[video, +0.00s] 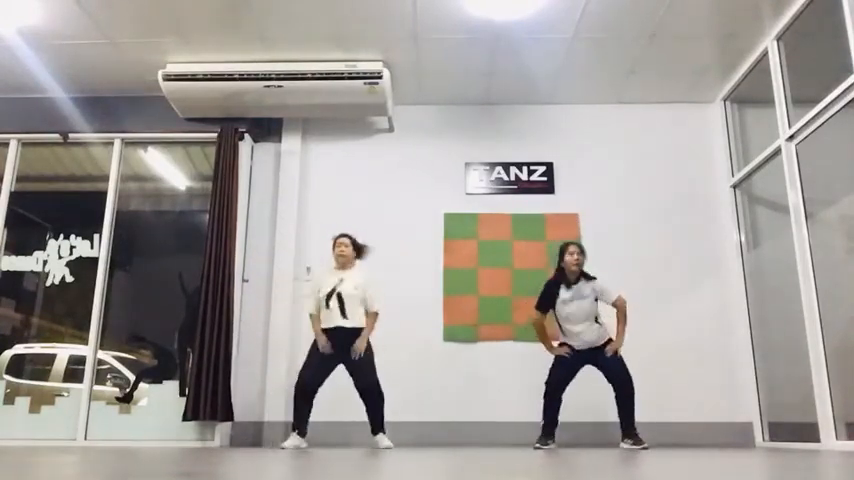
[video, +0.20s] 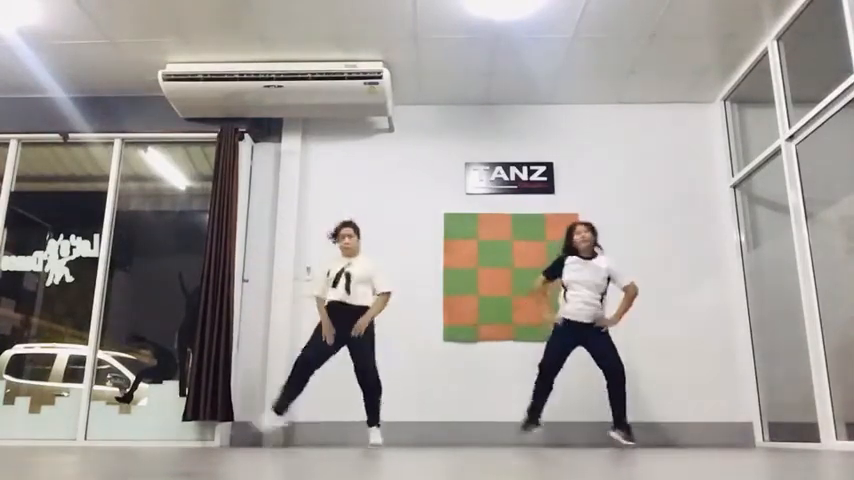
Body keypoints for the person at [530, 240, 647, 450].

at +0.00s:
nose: (575, 258)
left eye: (579, 254)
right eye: (570, 254)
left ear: (583, 259)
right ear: (562, 260)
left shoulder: (592, 284)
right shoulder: (553, 287)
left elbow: (620, 304)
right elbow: (538, 319)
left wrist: (618, 341)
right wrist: (550, 348)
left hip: (601, 348)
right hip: (570, 351)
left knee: (624, 383)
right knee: (553, 388)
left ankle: (629, 434)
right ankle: (547, 435)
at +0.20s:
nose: (582, 235)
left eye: (586, 232)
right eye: (577, 233)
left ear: (594, 237)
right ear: (571, 240)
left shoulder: (605, 265)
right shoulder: (564, 263)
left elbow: (631, 290)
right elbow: (541, 285)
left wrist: (615, 318)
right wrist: (548, 313)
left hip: (594, 329)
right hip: (566, 327)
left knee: (616, 372)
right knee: (546, 371)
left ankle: (620, 426)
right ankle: (532, 419)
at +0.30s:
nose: (585, 241)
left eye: (589, 237)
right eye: (580, 239)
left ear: (599, 242)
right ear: (576, 248)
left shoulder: (610, 270)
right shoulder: (570, 267)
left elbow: (633, 301)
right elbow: (546, 290)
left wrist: (615, 329)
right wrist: (554, 316)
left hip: (596, 336)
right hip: (568, 331)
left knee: (611, 381)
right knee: (543, 365)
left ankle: (612, 434)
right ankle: (518, 406)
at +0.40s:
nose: (584, 243)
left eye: (587, 239)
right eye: (579, 241)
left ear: (595, 244)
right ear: (574, 248)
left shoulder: (609, 269)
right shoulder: (569, 271)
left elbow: (629, 301)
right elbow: (545, 292)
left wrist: (615, 331)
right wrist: (553, 318)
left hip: (598, 337)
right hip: (570, 333)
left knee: (609, 384)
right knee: (539, 357)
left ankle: (611, 436)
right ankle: (519, 407)